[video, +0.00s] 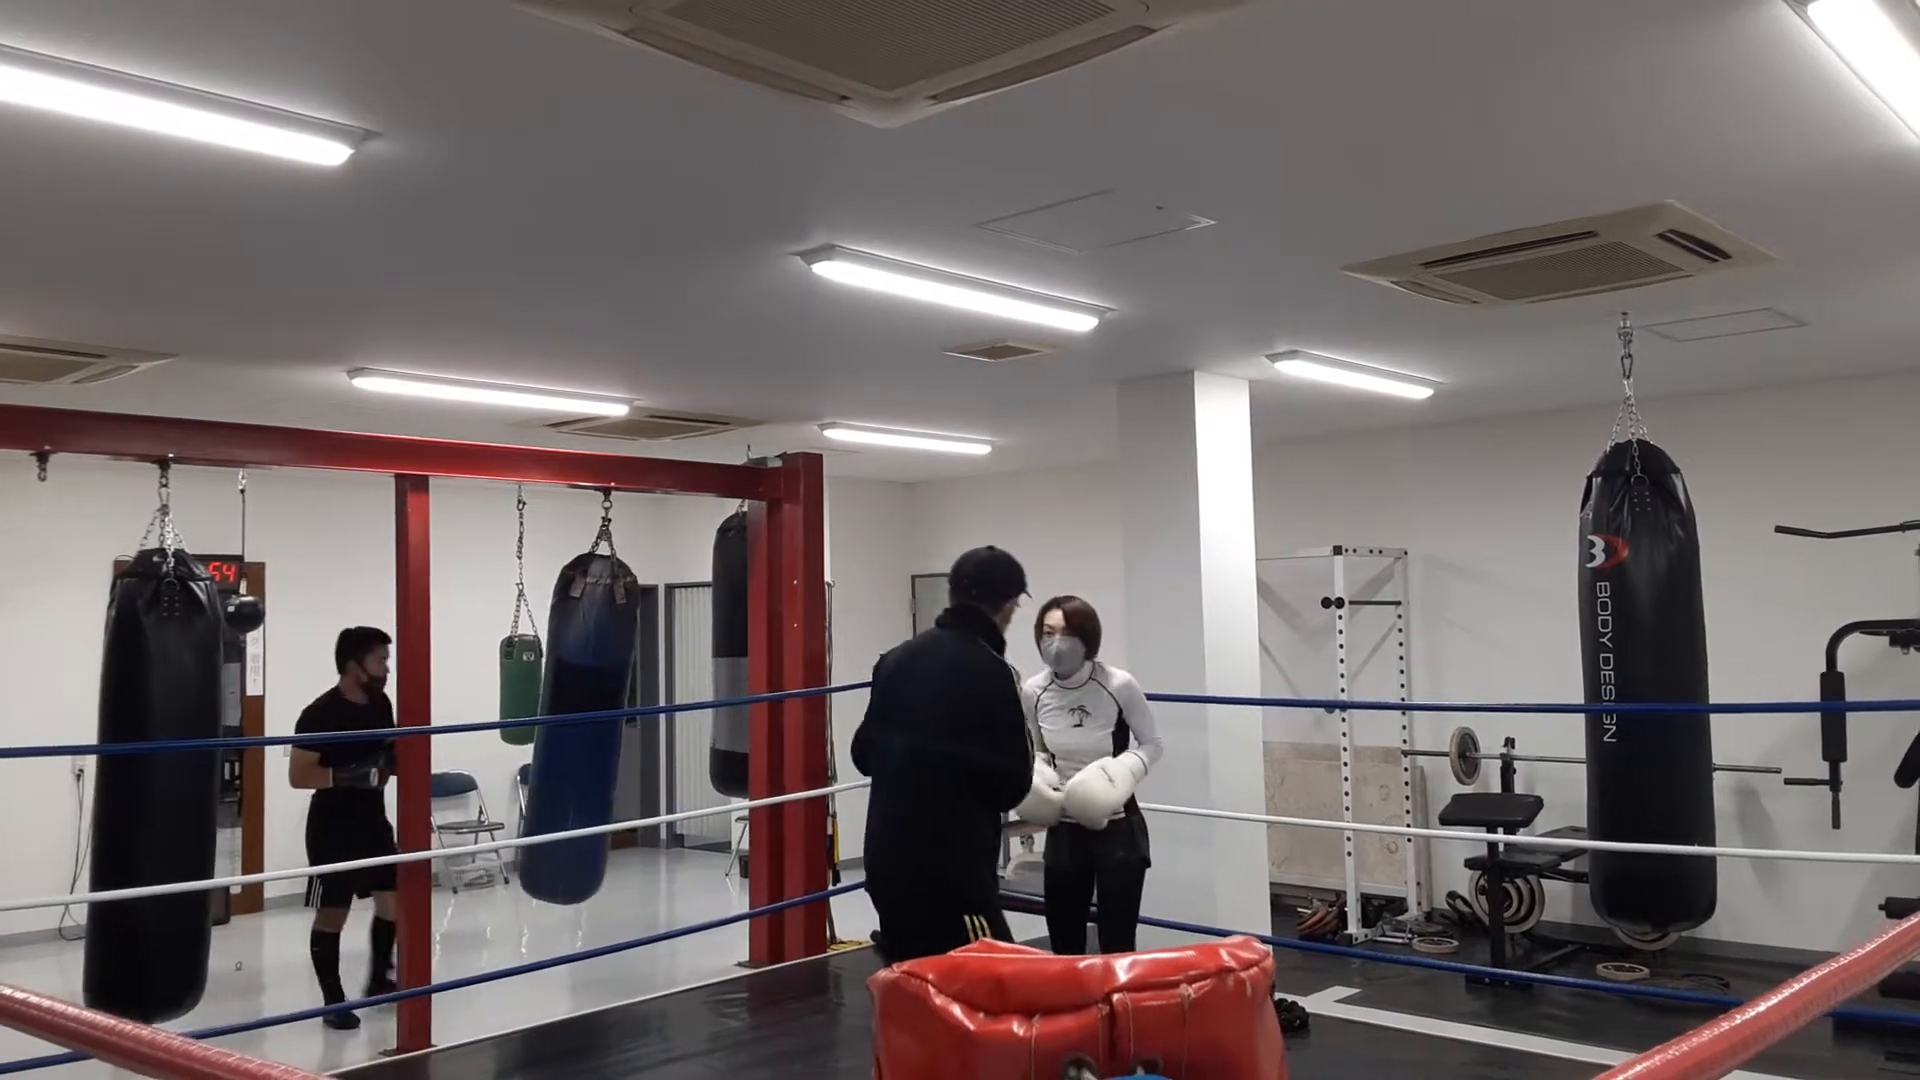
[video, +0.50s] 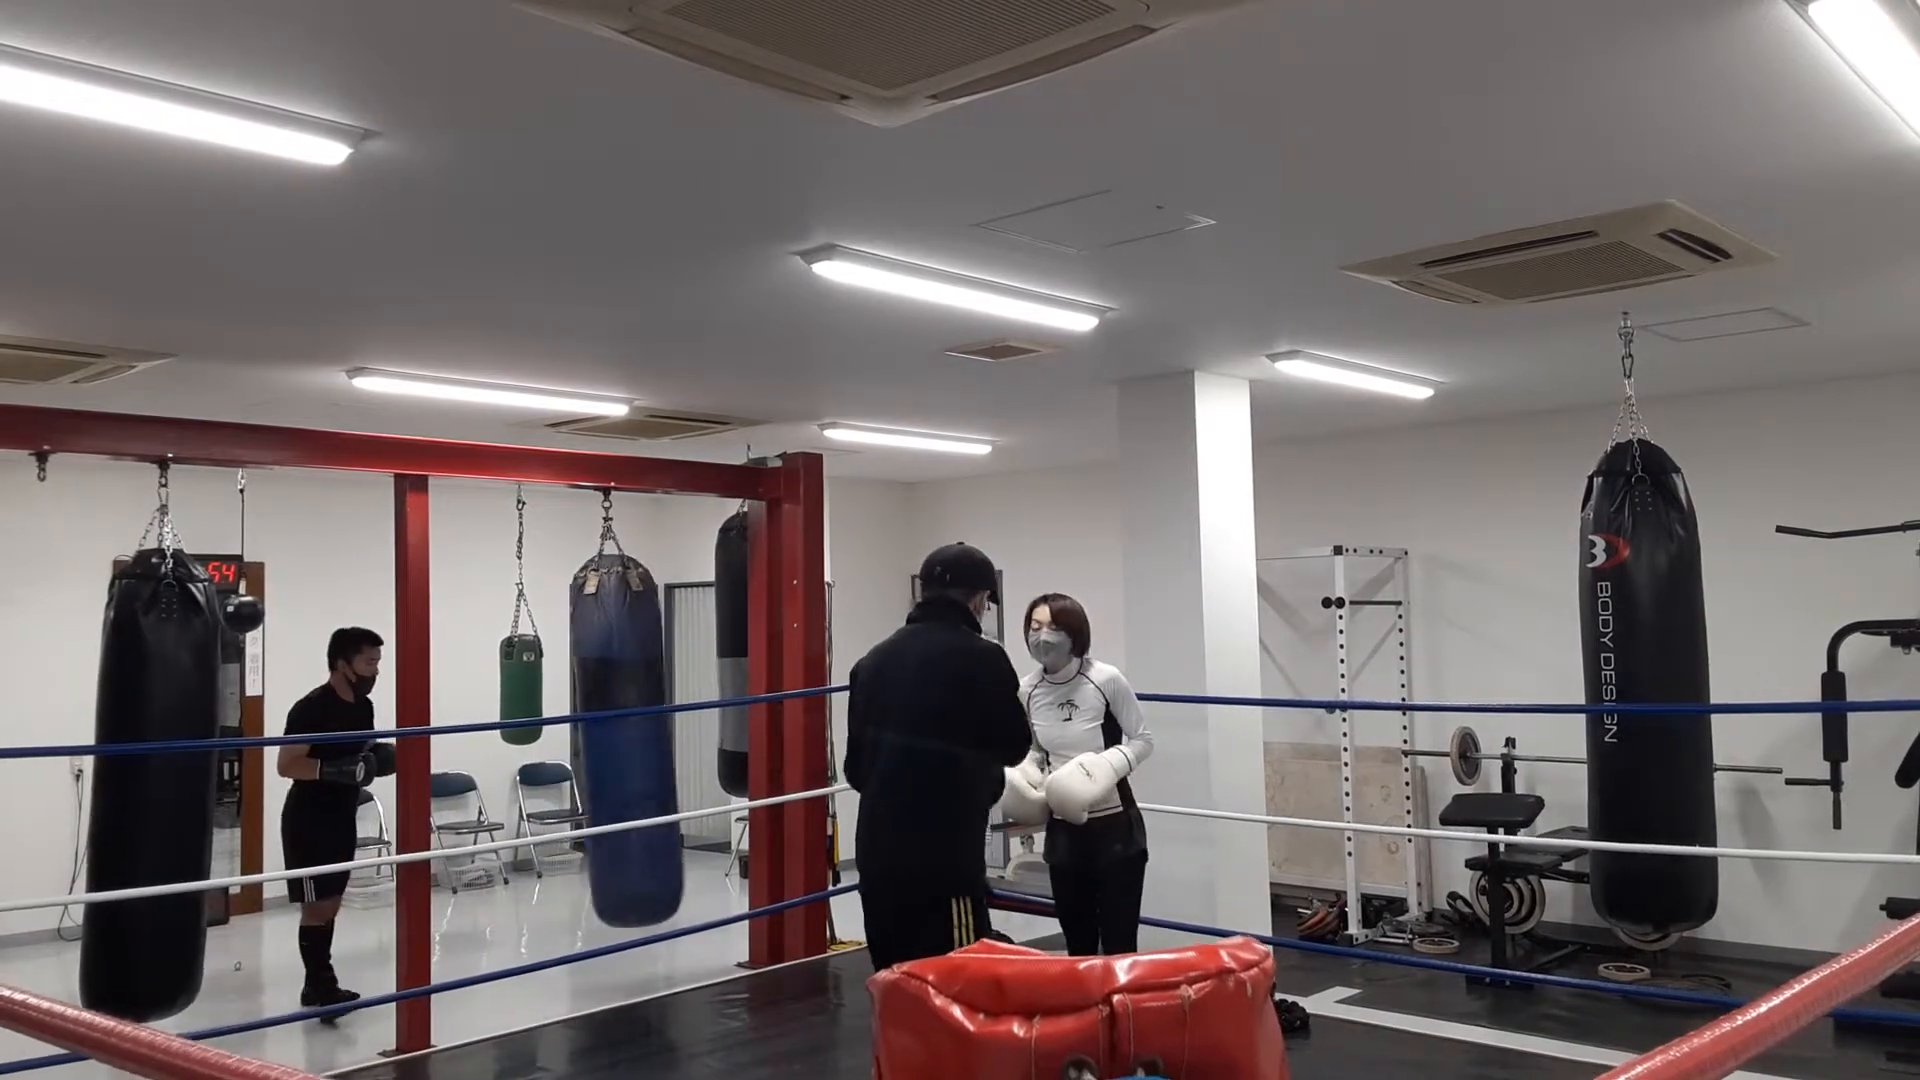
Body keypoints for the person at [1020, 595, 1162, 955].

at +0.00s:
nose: (1055, 643)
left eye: (1067, 634)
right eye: (1047, 633)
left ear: (1087, 639)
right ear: (1039, 639)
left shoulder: (1119, 685)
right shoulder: (1033, 692)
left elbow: (1151, 744)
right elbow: (1035, 751)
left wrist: (1119, 775)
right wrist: (1041, 776)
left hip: (1118, 828)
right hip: (1064, 830)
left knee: (1116, 945)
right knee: (1065, 947)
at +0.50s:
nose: (1042, 636)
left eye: (1053, 628)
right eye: (1035, 627)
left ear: (1074, 634)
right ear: (1027, 634)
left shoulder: (1106, 680)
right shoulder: (1027, 690)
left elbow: (1143, 740)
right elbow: (1037, 749)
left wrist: (1105, 766)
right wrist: (1025, 774)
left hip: (1115, 826)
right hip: (1063, 831)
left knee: (1118, 946)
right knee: (1079, 948)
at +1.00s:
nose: (1067, 643)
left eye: (1078, 634)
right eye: (1059, 633)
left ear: (1098, 637)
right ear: (1049, 638)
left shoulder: (1125, 683)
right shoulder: (1046, 689)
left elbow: (1162, 746)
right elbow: (1035, 753)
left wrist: (1124, 771)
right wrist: (1052, 790)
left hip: (1127, 827)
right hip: (1074, 830)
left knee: (1146, 943)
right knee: (1087, 947)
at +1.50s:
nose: (1113, 661)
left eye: (1119, 653)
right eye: (1101, 650)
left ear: (1132, 644)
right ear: (1092, 650)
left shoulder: (1163, 680)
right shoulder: (1085, 686)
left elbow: (1198, 750)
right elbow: (1065, 754)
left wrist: (1158, 700)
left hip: (1165, 832)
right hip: (1111, 831)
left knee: (1168, 953)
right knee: (1090, 947)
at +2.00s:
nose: (1118, 642)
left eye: (1126, 631)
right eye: (1112, 634)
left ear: (1147, 638)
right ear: (1107, 641)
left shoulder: (1179, 684)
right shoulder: (1108, 688)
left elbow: (1220, 749)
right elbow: (1077, 762)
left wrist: (1160, 716)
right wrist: (1081, 688)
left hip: (1191, 848)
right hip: (1140, 847)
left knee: (1169, 963)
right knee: (1116, 956)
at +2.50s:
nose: (1190, 649)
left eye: (1202, 639)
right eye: (1181, 638)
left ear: (1227, 644)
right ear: (1170, 643)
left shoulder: (1250, 701)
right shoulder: (1162, 703)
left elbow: (1305, 766)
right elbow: (1120, 737)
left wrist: (1275, 726)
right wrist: (1132, 720)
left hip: (1258, 860)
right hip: (1191, 863)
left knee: (1270, 991)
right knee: (1168, 983)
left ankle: (1289, 1069)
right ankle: (1166, 1072)